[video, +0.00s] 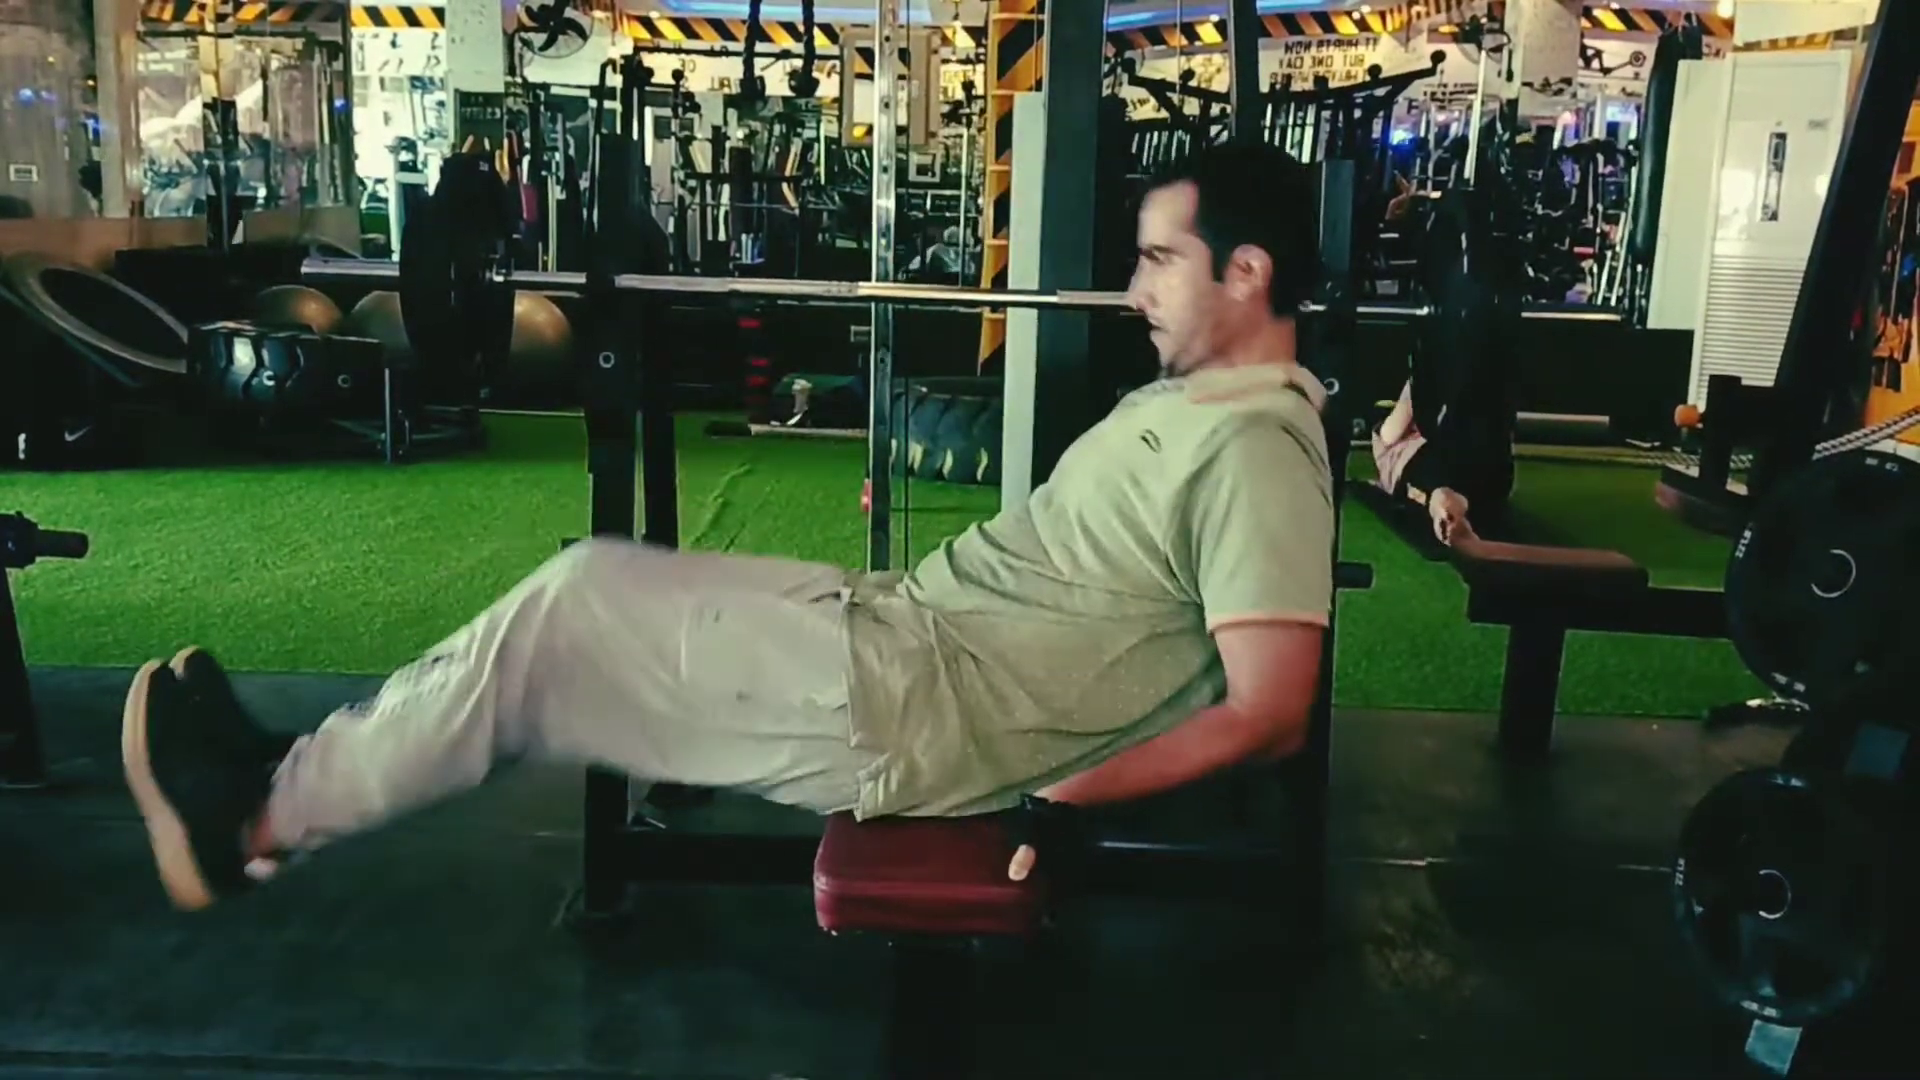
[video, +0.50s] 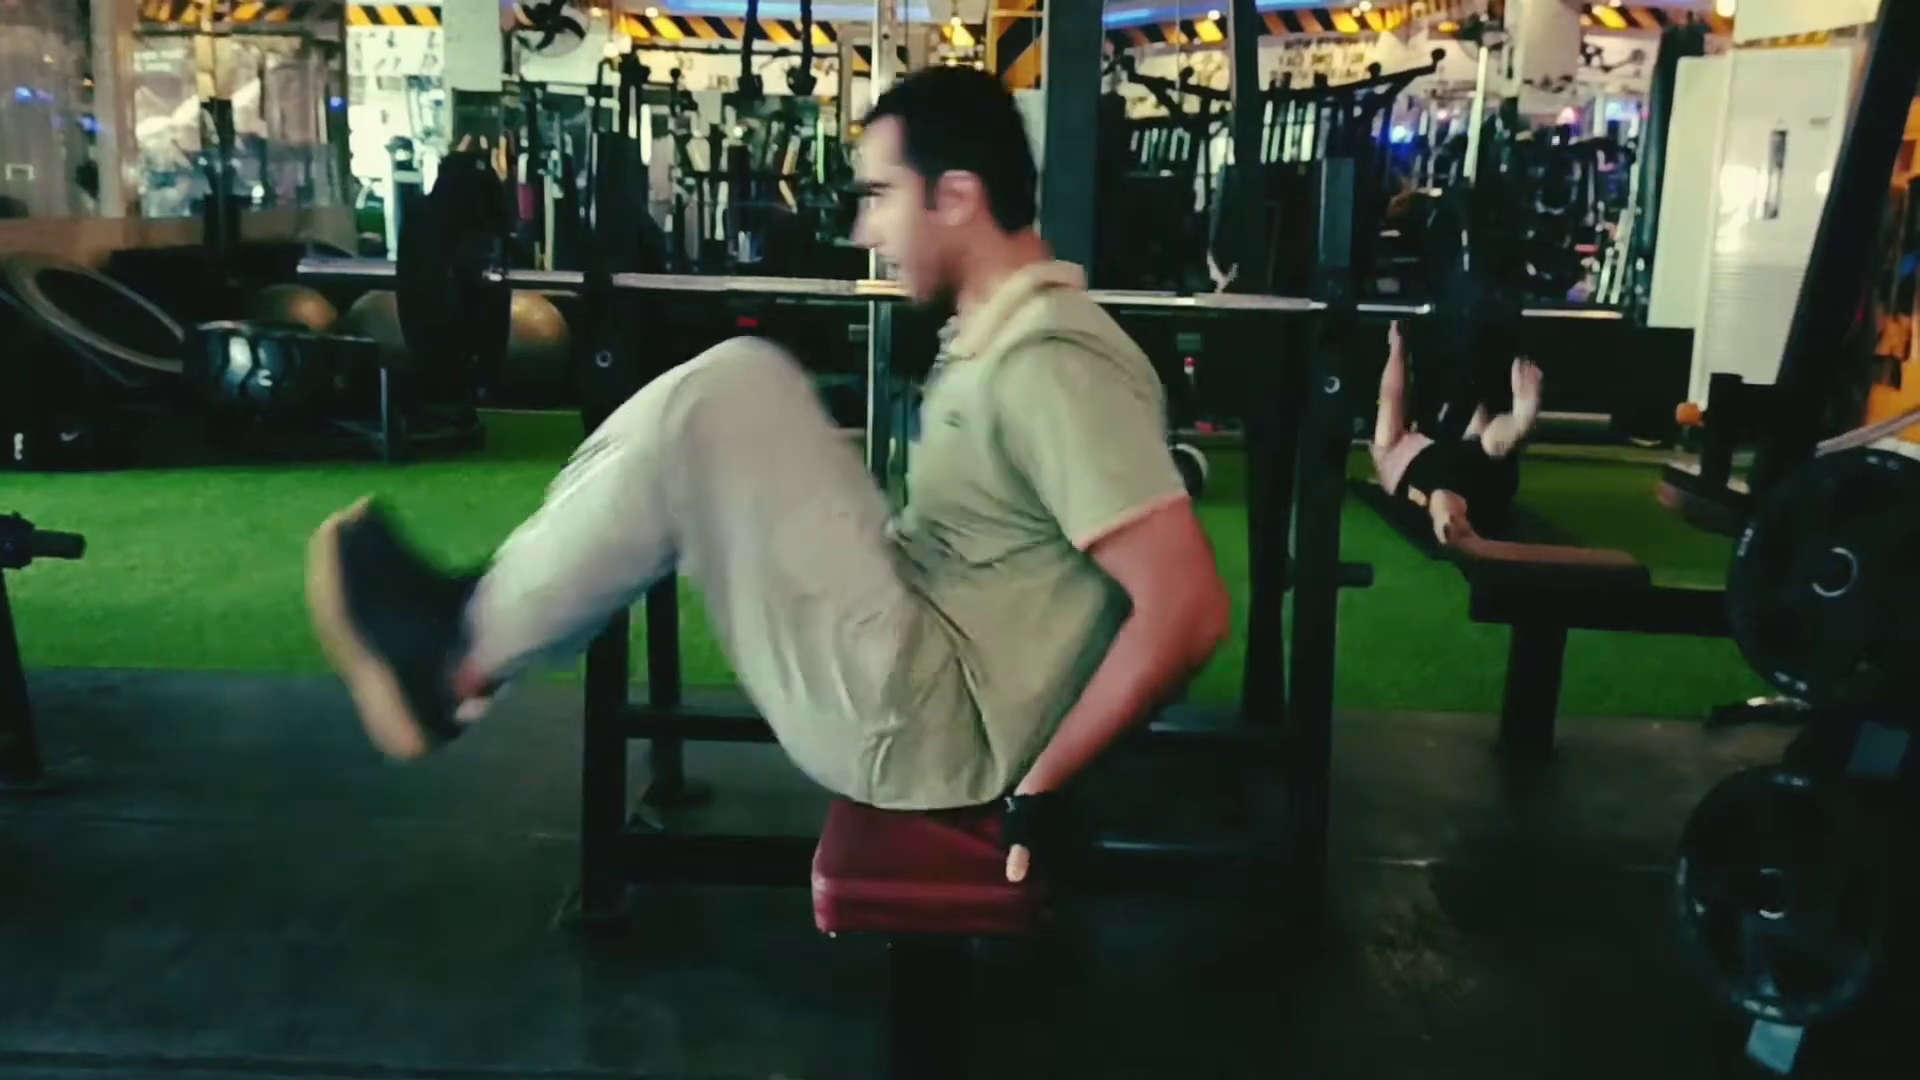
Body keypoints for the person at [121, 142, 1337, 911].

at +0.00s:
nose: (1138, 291)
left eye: (1160, 262)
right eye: (1141, 263)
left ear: (1251, 277)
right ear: (1239, 280)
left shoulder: (1257, 442)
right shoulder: (1194, 408)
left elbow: (1268, 713)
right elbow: (1193, 654)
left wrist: (1055, 798)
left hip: (926, 704)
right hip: (899, 630)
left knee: (565, 633)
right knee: (585, 582)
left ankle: (248, 836)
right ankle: (286, 792)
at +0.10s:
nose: (1085, 262)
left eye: (1105, 233)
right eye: (1086, 234)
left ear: (1196, 241)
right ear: (1174, 241)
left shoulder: (1225, 402)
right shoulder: (1166, 375)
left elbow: (1249, 679)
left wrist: (1054, 790)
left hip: (955, 705)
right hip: (928, 641)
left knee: (607, 544)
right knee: (612, 530)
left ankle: (307, 781)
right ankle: (327, 753)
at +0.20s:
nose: (989, 237)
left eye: (1007, 205)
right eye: (988, 208)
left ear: (1096, 207)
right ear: (1086, 207)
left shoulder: (1162, 368)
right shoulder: (1081, 345)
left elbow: (1222, 639)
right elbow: (1045, 552)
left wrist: (1042, 784)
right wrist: (901, 567)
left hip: (960, 720)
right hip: (924, 675)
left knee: (675, 444)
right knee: (664, 445)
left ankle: (397, 713)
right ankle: (402, 696)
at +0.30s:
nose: (889, 232)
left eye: (902, 197)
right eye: (886, 202)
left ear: (988, 197)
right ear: (984, 199)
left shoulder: (1079, 351)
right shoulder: (1021, 336)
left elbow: (1189, 613)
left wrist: (1029, 795)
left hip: (949, 727)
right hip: (919, 696)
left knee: (754, 381)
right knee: (736, 382)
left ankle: (477, 642)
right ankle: (483, 615)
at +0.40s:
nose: (838, 235)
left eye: (850, 199)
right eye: (834, 203)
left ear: (929, 197)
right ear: (932, 201)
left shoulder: (1031, 349)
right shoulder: (980, 334)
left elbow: (1168, 601)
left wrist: (1026, 797)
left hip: (937, 734)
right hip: (916, 710)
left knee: (781, 369)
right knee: (774, 363)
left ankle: (507, 622)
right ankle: (520, 588)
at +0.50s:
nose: (862, 232)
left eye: (876, 198)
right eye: (862, 201)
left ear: (958, 199)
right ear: (959, 200)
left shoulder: (1050, 354)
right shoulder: (1002, 337)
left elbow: (1184, 609)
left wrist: (1029, 790)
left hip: (936, 728)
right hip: (911, 698)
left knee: (734, 389)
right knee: (719, 389)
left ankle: (460, 665)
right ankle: (463, 637)